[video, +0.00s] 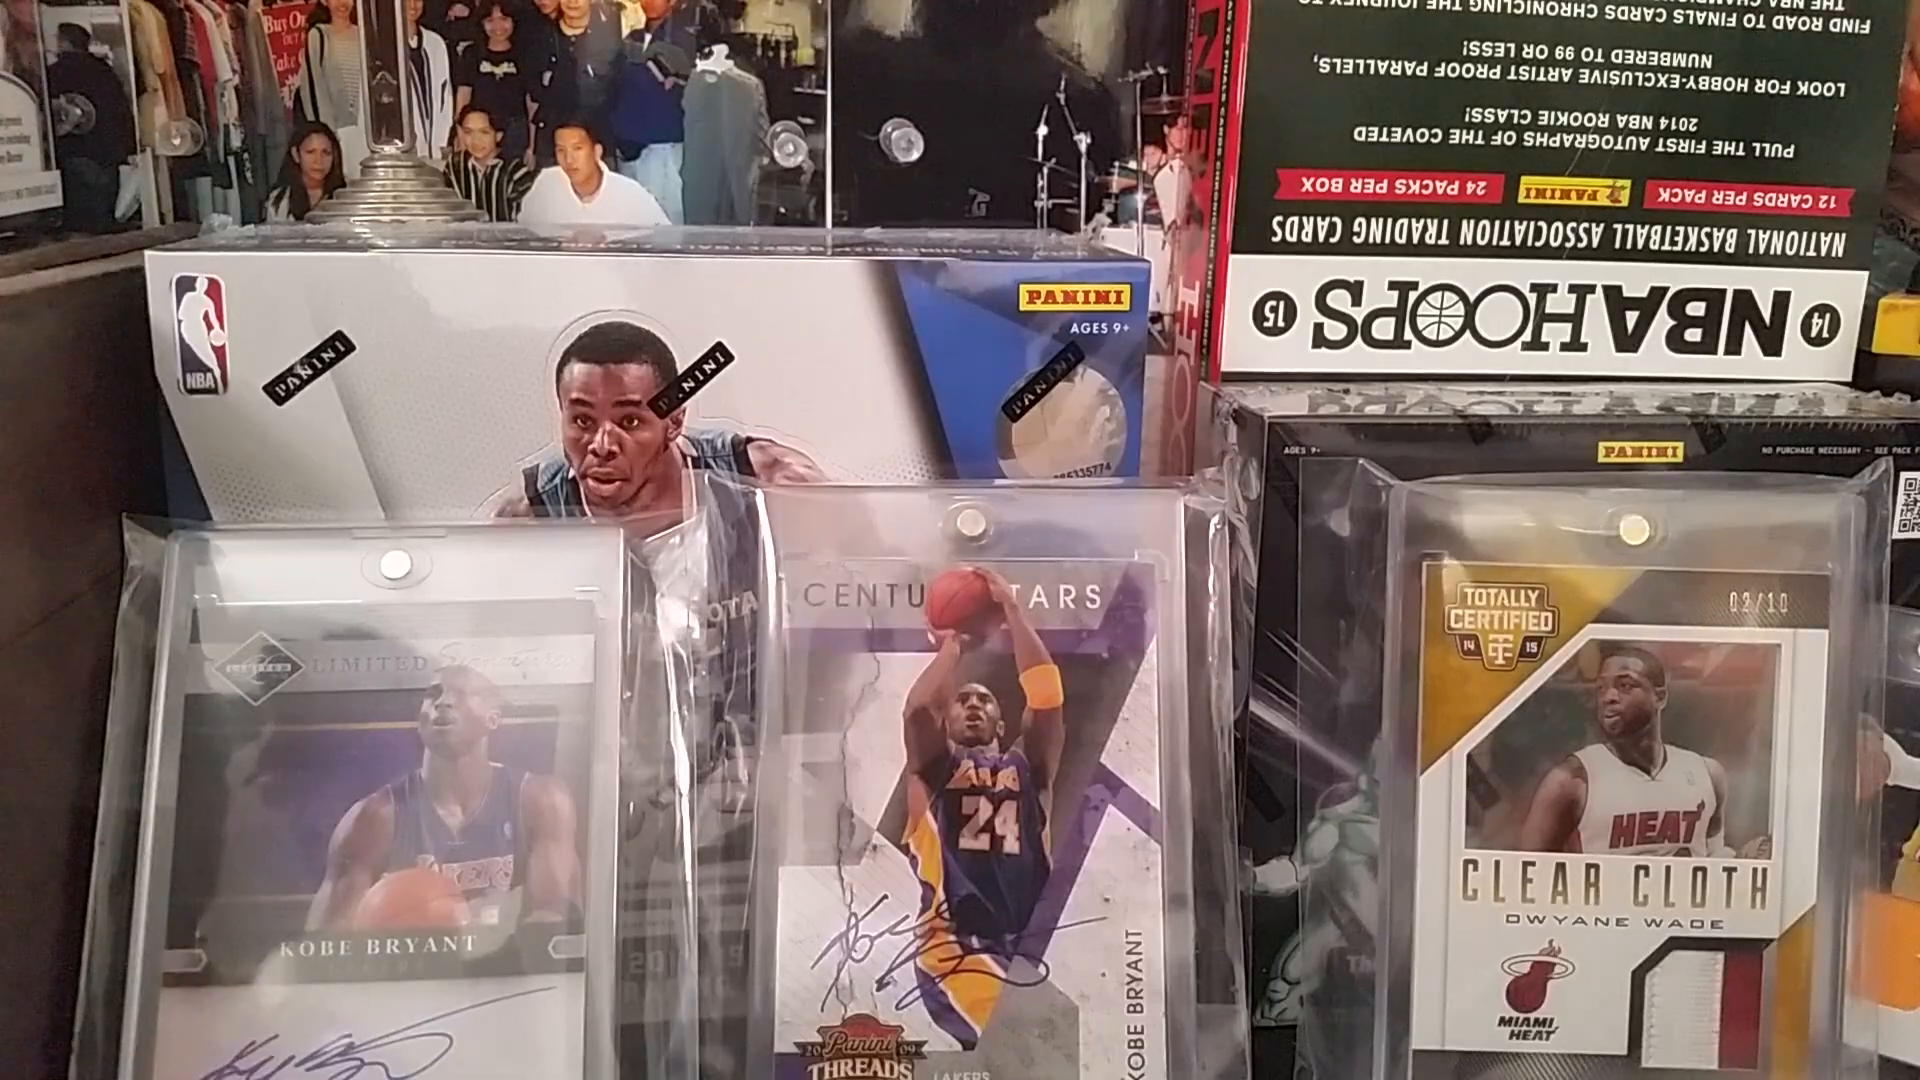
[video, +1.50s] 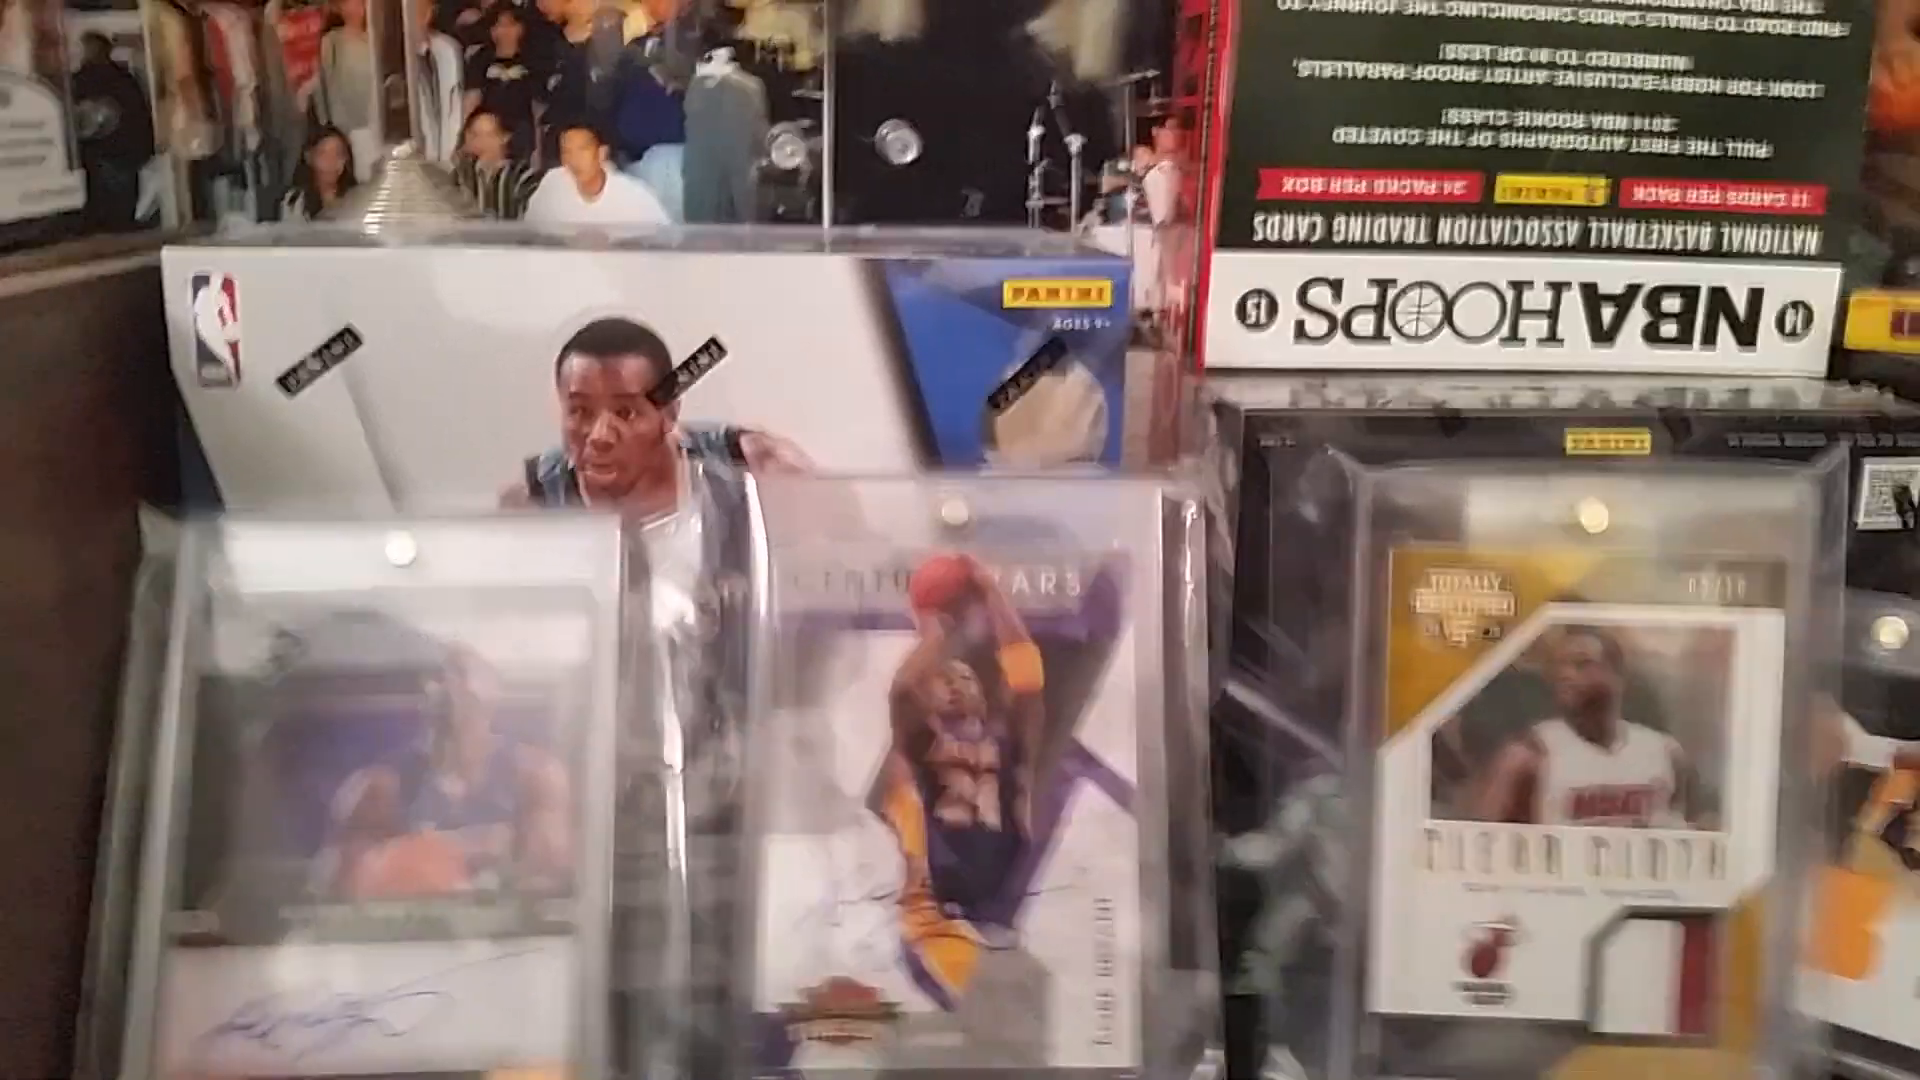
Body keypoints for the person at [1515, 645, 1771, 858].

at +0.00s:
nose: (1608, 697)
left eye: (1625, 685)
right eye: (1602, 688)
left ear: (1660, 698)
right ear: (1595, 697)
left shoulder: (1708, 777)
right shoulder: (1569, 782)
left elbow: (1715, 856)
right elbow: (1524, 879)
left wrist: (1746, 860)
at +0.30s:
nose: (1608, 697)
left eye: (1625, 685)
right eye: (1601, 688)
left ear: (1660, 698)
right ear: (1595, 697)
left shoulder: (1708, 776)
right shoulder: (1569, 783)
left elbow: (1715, 856)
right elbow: (1524, 879)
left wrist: (1745, 860)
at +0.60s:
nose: (1608, 697)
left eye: (1625, 685)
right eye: (1601, 688)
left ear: (1660, 698)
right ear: (1594, 697)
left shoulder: (1708, 776)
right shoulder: (1568, 783)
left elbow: (1715, 856)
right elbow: (1524, 878)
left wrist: (1747, 860)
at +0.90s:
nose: (1611, 697)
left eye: (1629, 685)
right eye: (1605, 688)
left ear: (1664, 697)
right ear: (1598, 697)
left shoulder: (1712, 776)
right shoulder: (1573, 782)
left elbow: (1719, 858)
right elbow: (1528, 878)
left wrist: (1751, 860)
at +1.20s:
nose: (1621, 691)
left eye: (1638, 679)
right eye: (1615, 682)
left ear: (1673, 693)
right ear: (1608, 690)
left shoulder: (1722, 771)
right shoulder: (1583, 775)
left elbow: (1727, 855)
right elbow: (1537, 871)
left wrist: (1756, 854)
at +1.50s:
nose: (1566, 676)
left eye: (1582, 665)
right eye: (1560, 665)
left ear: (1616, 677)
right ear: (1550, 674)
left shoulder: (1666, 752)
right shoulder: (1531, 753)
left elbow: (1697, 829)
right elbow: (1485, 838)